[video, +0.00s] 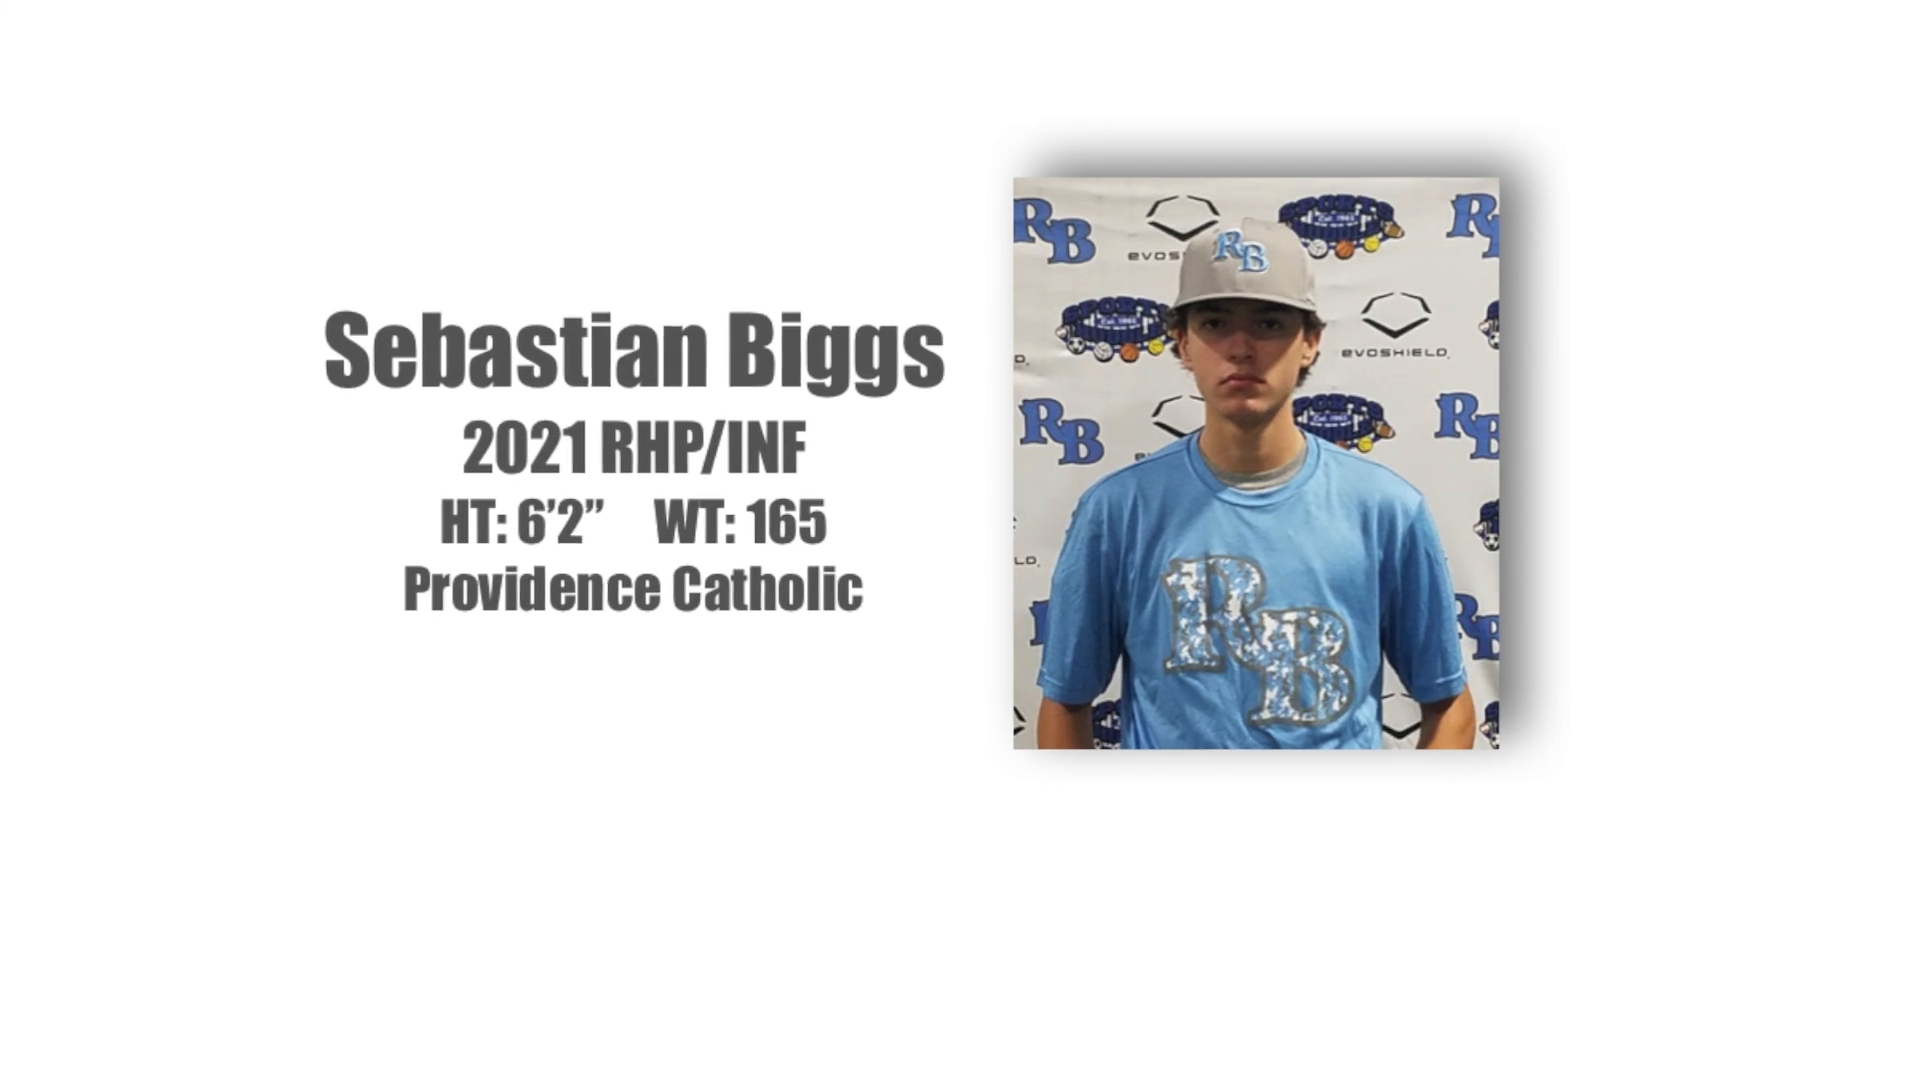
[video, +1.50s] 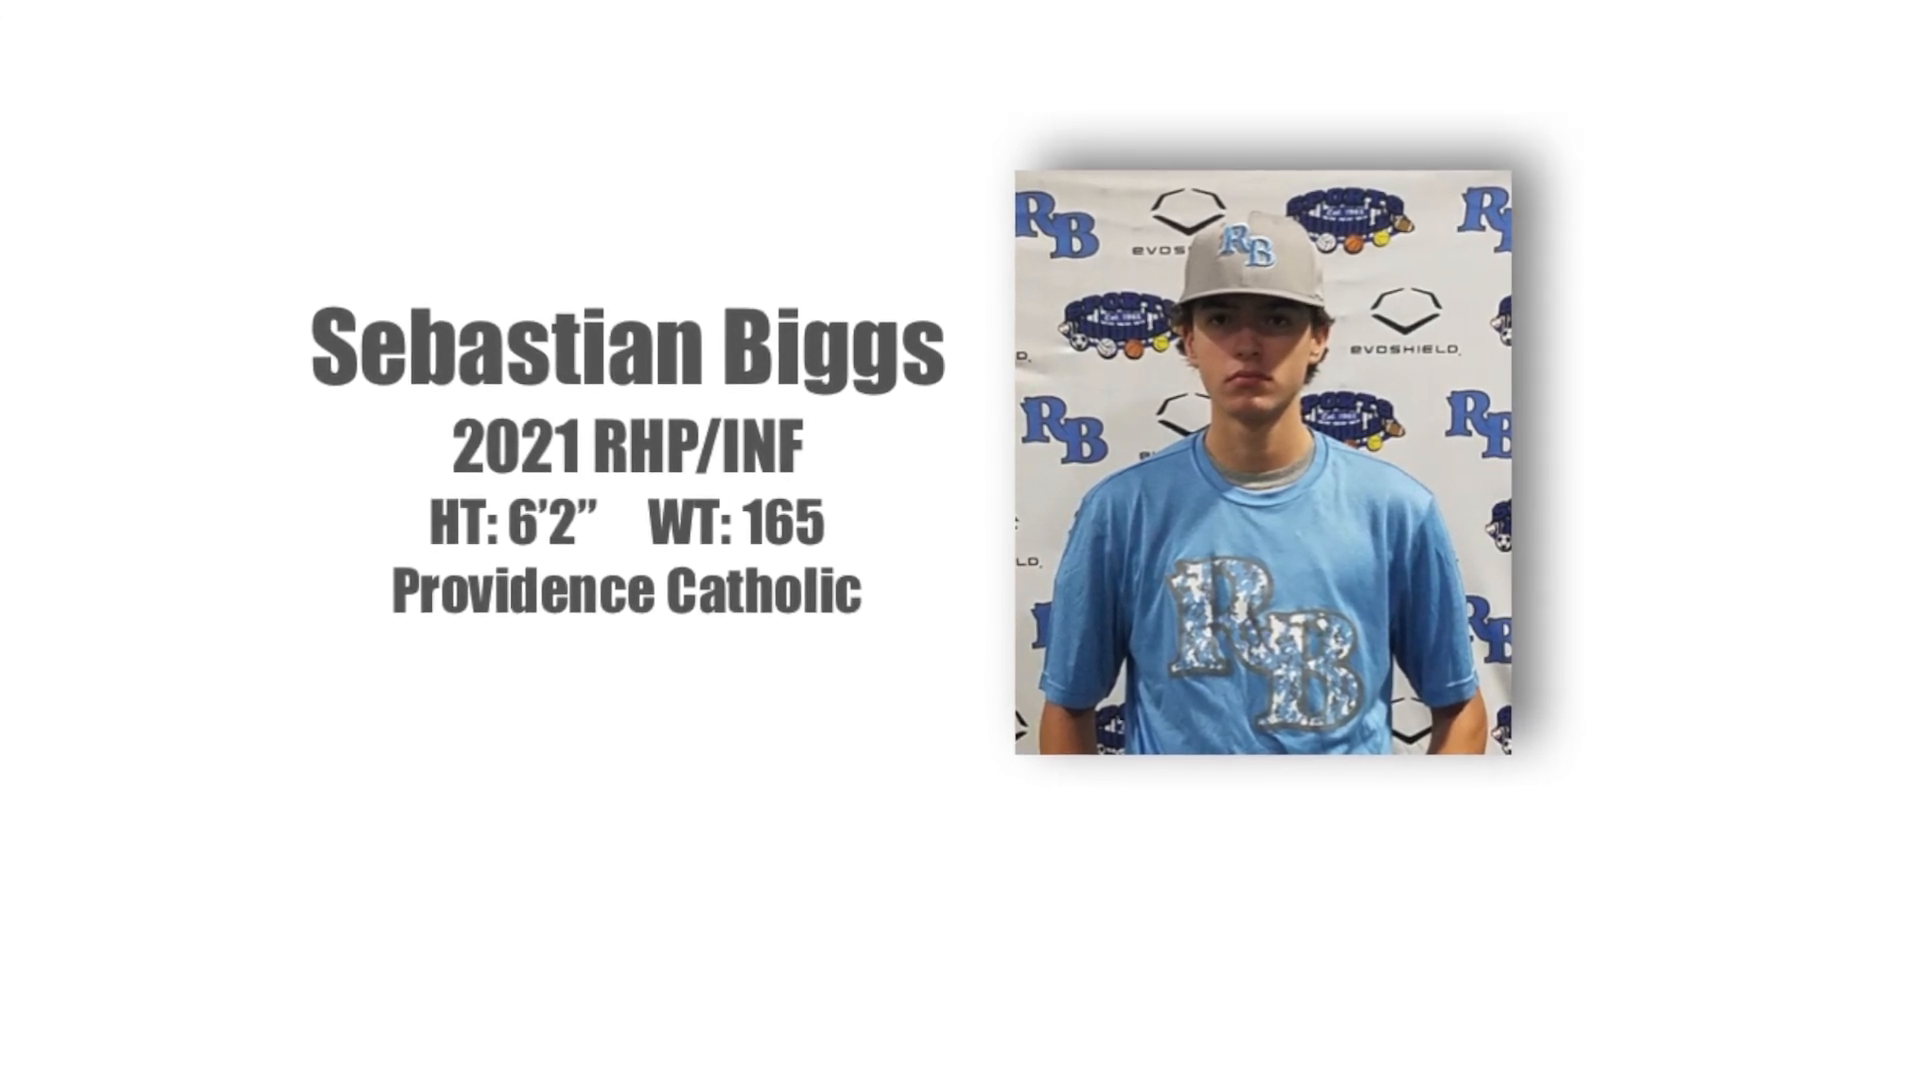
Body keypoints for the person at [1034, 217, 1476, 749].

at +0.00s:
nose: (1241, 347)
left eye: (1269, 323)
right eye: (1218, 323)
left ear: (1309, 345)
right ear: (1183, 345)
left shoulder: (1388, 510)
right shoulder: (1114, 513)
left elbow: (1450, 706)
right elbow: (1066, 708)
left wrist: (1412, 820)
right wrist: (1075, 826)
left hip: (1346, 817)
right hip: (1167, 817)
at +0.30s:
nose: (1242, 346)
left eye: (1270, 323)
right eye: (1219, 323)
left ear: (1310, 344)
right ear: (1184, 344)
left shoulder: (1390, 511)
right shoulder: (1115, 513)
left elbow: (1452, 707)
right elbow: (1066, 709)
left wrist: (1412, 822)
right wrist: (1077, 828)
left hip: (1347, 819)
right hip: (1169, 819)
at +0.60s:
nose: (1244, 346)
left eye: (1272, 322)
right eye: (1220, 322)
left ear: (1312, 343)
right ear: (1186, 343)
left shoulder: (1392, 511)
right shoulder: (1116, 513)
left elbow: (1454, 708)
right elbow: (1067, 710)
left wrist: (1415, 823)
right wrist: (1079, 830)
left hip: (1349, 819)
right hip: (1169, 819)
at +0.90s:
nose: (1245, 345)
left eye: (1273, 321)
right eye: (1221, 321)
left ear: (1314, 343)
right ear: (1187, 342)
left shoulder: (1395, 511)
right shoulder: (1116, 513)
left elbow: (1457, 708)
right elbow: (1067, 711)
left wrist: (1417, 825)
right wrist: (1079, 831)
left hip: (1351, 822)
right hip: (1170, 822)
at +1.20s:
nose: (1246, 345)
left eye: (1274, 320)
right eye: (1222, 320)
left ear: (1315, 341)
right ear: (1187, 341)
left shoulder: (1396, 510)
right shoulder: (1117, 513)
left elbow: (1459, 709)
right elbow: (1068, 712)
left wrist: (1420, 826)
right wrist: (1078, 833)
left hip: (1352, 822)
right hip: (1172, 822)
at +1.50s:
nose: (1248, 343)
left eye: (1276, 319)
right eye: (1223, 319)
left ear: (1317, 341)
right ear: (1189, 341)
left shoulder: (1398, 511)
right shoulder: (1118, 513)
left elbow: (1461, 710)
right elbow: (1068, 712)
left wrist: (1422, 829)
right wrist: (1079, 835)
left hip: (1354, 826)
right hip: (1172, 825)